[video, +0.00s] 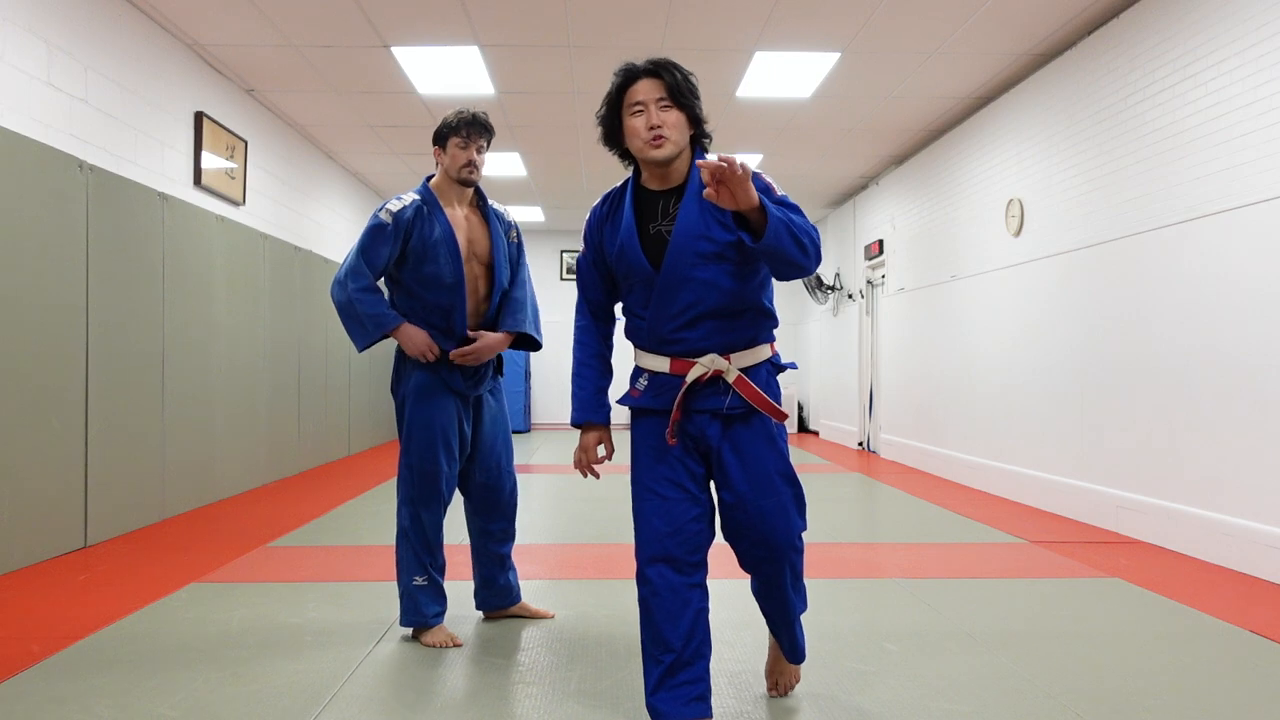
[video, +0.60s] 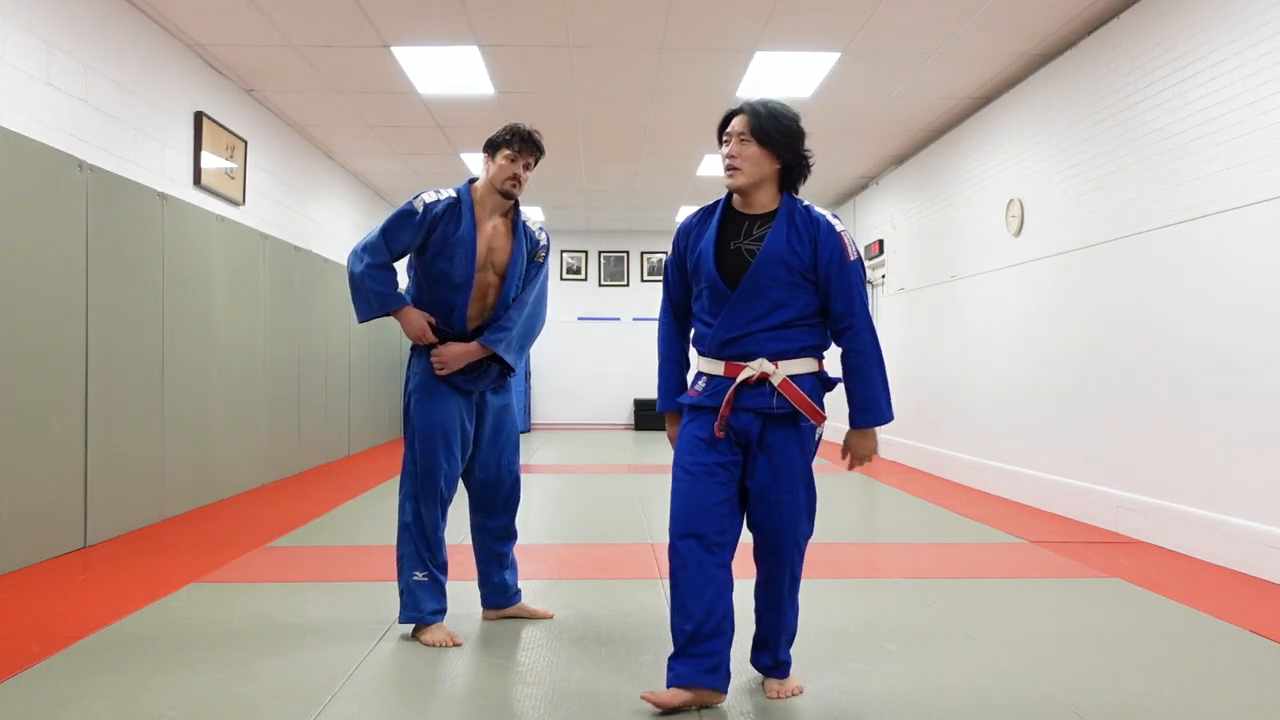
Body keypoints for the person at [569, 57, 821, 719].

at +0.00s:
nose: (654, 119)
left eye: (667, 105)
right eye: (638, 111)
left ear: (692, 119)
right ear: (621, 133)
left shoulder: (736, 184)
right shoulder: (608, 216)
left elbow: (805, 257)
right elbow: (593, 319)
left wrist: (753, 210)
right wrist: (589, 416)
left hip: (746, 390)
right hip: (659, 398)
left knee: (771, 541)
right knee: (667, 567)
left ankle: (785, 641)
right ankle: (678, 709)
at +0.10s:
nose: (671, 120)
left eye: (683, 107)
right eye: (655, 111)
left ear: (707, 121)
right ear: (637, 131)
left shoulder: (750, 187)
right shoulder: (620, 218)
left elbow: (813, 255)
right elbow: (601, 319)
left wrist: (777, 242)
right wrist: (598, 415)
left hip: (750, 390)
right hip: (664, 396)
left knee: (770, 541)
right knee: (669, 563)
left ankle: (787, 645)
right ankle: (679, 709)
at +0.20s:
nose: (690, 122)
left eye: (702, 112)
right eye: (676, 114)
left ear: (726, 129)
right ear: (656, 135)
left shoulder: (762, 196)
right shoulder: (635, 223)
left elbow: (802, 252)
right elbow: (615, 322)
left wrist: (807, 324)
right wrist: (611, 413)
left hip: (757, 390)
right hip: (671, 399)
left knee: (774, 542)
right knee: (672, 562)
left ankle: (788, 652)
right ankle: (679, 709)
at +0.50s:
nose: (720, 151)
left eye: (736, 142)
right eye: (715, 143)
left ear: (771, 156)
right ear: (709, 157)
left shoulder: (811, 234)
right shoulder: (686, 234)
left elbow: (842, 332)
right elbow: (665, 327)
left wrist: (842, 424)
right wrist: (662, 411)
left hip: (787, 409)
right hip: (705, 408)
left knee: (781, 549)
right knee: (700, 547)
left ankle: (774, 662)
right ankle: (694, 688)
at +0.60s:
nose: (729, 150)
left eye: (745, 140)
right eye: (727, 140)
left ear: (781, 154)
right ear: (723, 153)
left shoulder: (818, 231)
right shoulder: (695, 231)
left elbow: (855, 327)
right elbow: (674, 319)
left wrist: (864, 419)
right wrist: (671, 402)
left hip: (787, 406)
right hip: (709, 402)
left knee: (781, 541)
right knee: (695, 535)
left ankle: (775, 661)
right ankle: (698, 674)